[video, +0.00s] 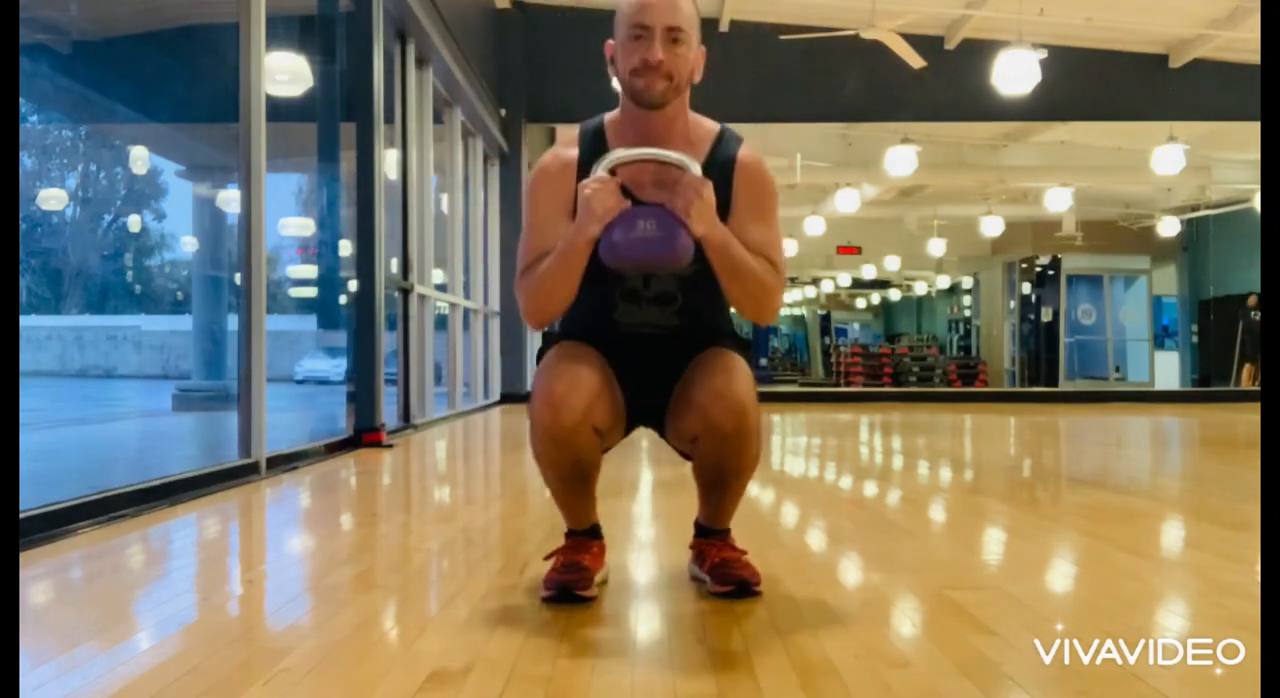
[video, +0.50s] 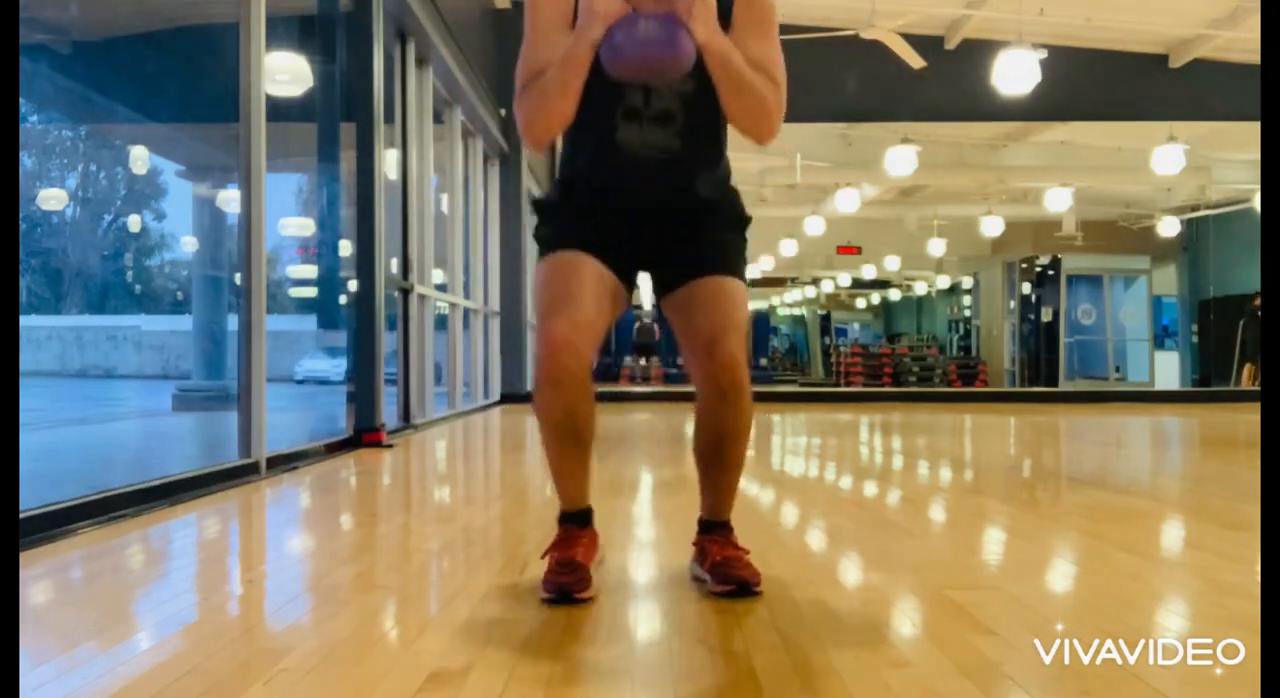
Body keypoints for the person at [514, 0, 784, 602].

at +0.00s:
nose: (654, 54)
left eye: (673, 39)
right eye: (638, 37)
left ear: (698, 62)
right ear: (611, 55)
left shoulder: (739, 166)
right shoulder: (562, 165)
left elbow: (766, 305)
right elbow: (535, 309)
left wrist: (711, 227)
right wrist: (583, 229)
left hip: (696, 356)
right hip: (595, 355)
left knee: (729, 404)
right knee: (558, 400)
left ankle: (714, 538)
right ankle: (581, 539)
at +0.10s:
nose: (654, 47)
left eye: (673, 33)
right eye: (638, 31)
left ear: (698, 56)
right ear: (611, 51)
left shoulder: (740, 162)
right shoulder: (561, 162)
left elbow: (766, 301)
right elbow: (535, 307)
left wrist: (711, 223)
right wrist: (584, 225)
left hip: (697, 351)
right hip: (595, 350)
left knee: (729, 404)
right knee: (562, 401)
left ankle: (714, 538)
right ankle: (582, 540)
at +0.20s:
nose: (654, 15)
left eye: (673, 4)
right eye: (637, 2)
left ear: (700, 28)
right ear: (612, 25)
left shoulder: (739, 133)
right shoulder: (564, 134)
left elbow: (767, 273)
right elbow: (536, 279)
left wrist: (712, 197)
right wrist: (585, 199)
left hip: (698, 325)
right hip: (596, 325)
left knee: (731, 400)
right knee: (568, 400)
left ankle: (715, 537)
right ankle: (584, 538)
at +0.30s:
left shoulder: (742, 91)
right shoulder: (563, 90)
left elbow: (764, 232)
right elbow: (535, 237)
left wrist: (713, 152)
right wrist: (588, 150)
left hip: (700, 288)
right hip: (595, 287)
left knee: (737, 392)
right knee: (575, 395)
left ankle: (715, 538)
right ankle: (584, 538)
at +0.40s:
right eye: (642, 18)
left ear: (696, 4)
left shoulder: (742, 38)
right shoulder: (563, 37)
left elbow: (764, 178)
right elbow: (535, 182)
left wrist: (711, 92)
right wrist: (588, 93)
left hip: (698, 250)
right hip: (595, 249)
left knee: (735, 383)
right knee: (577, 382)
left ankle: (716, 537)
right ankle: (585, 537)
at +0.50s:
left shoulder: (741, 5)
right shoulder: (558, 4)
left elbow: (764, 120)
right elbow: (536, 125)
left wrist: (707, 28)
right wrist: (590, 26)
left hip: (696, 208)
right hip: (591, 206)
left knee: (726, 366)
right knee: (559, 350)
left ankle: (716, 535)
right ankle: (574, 530)